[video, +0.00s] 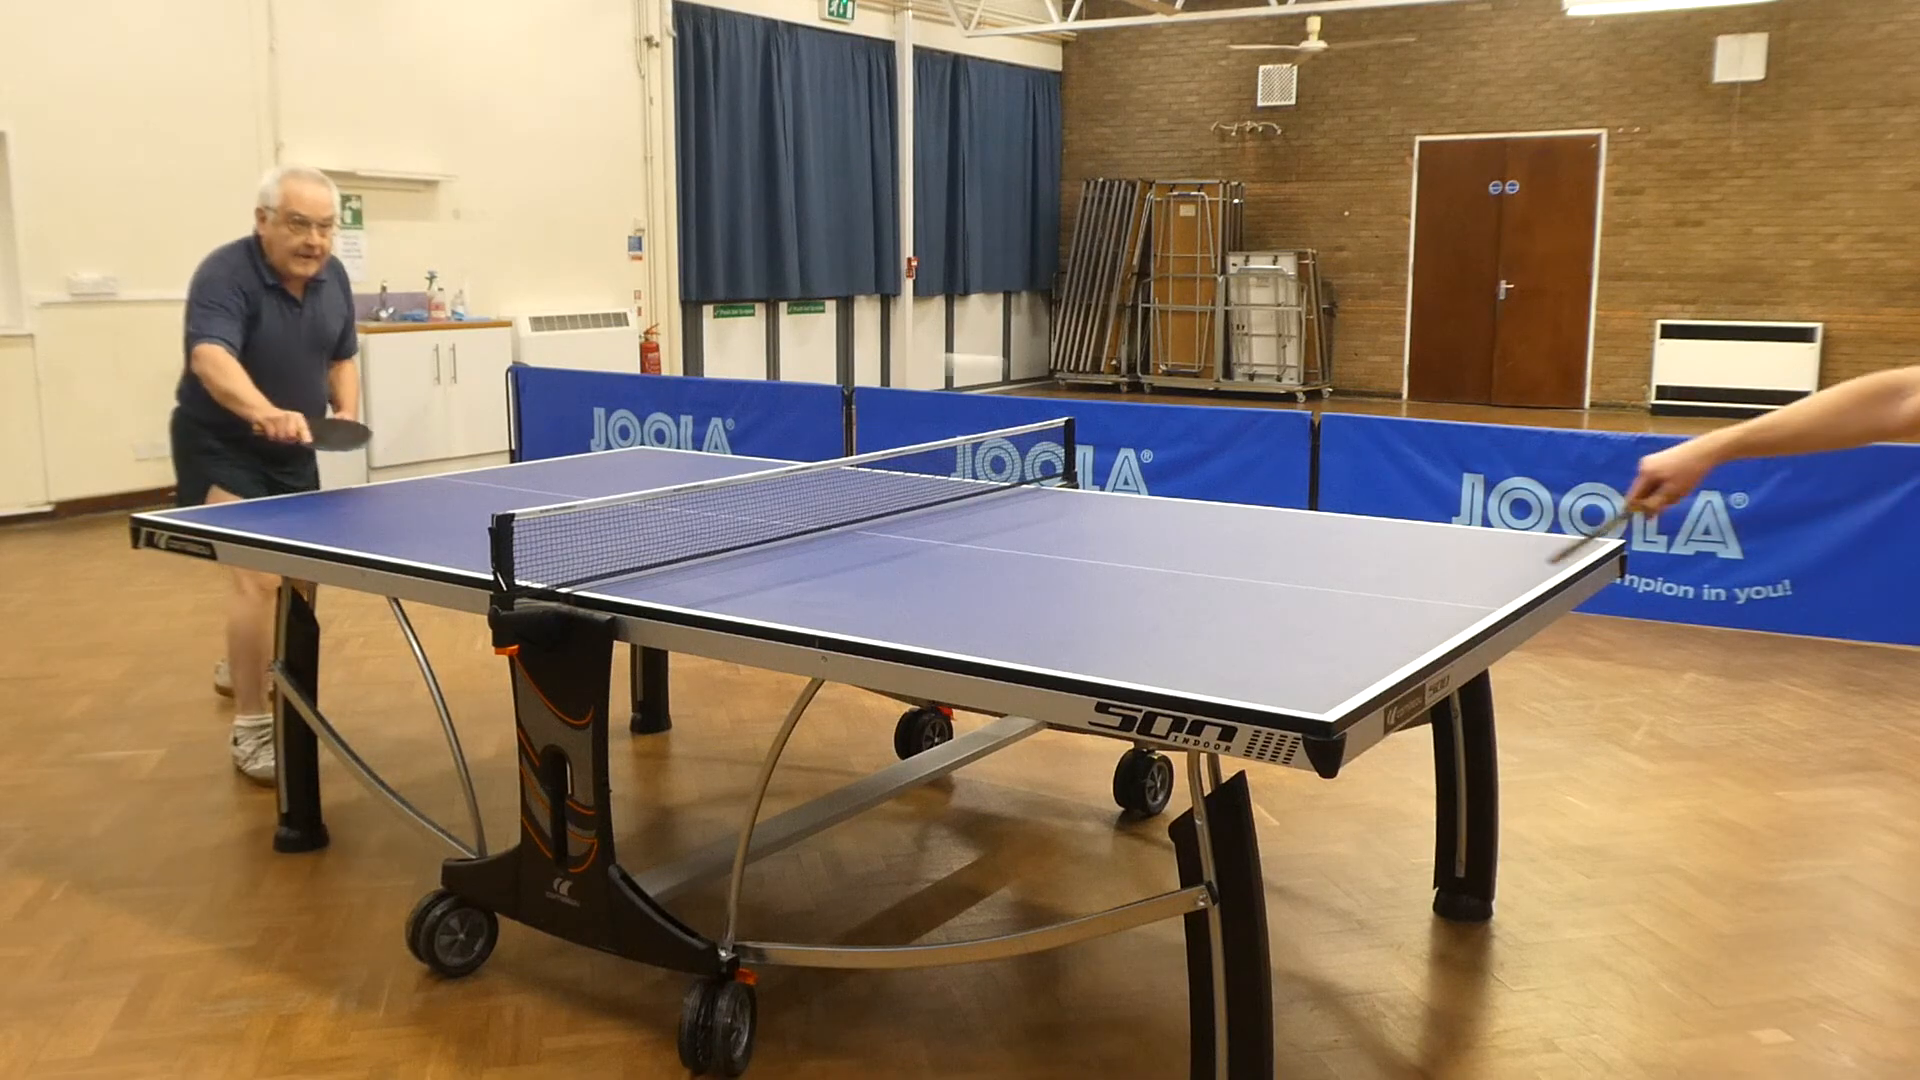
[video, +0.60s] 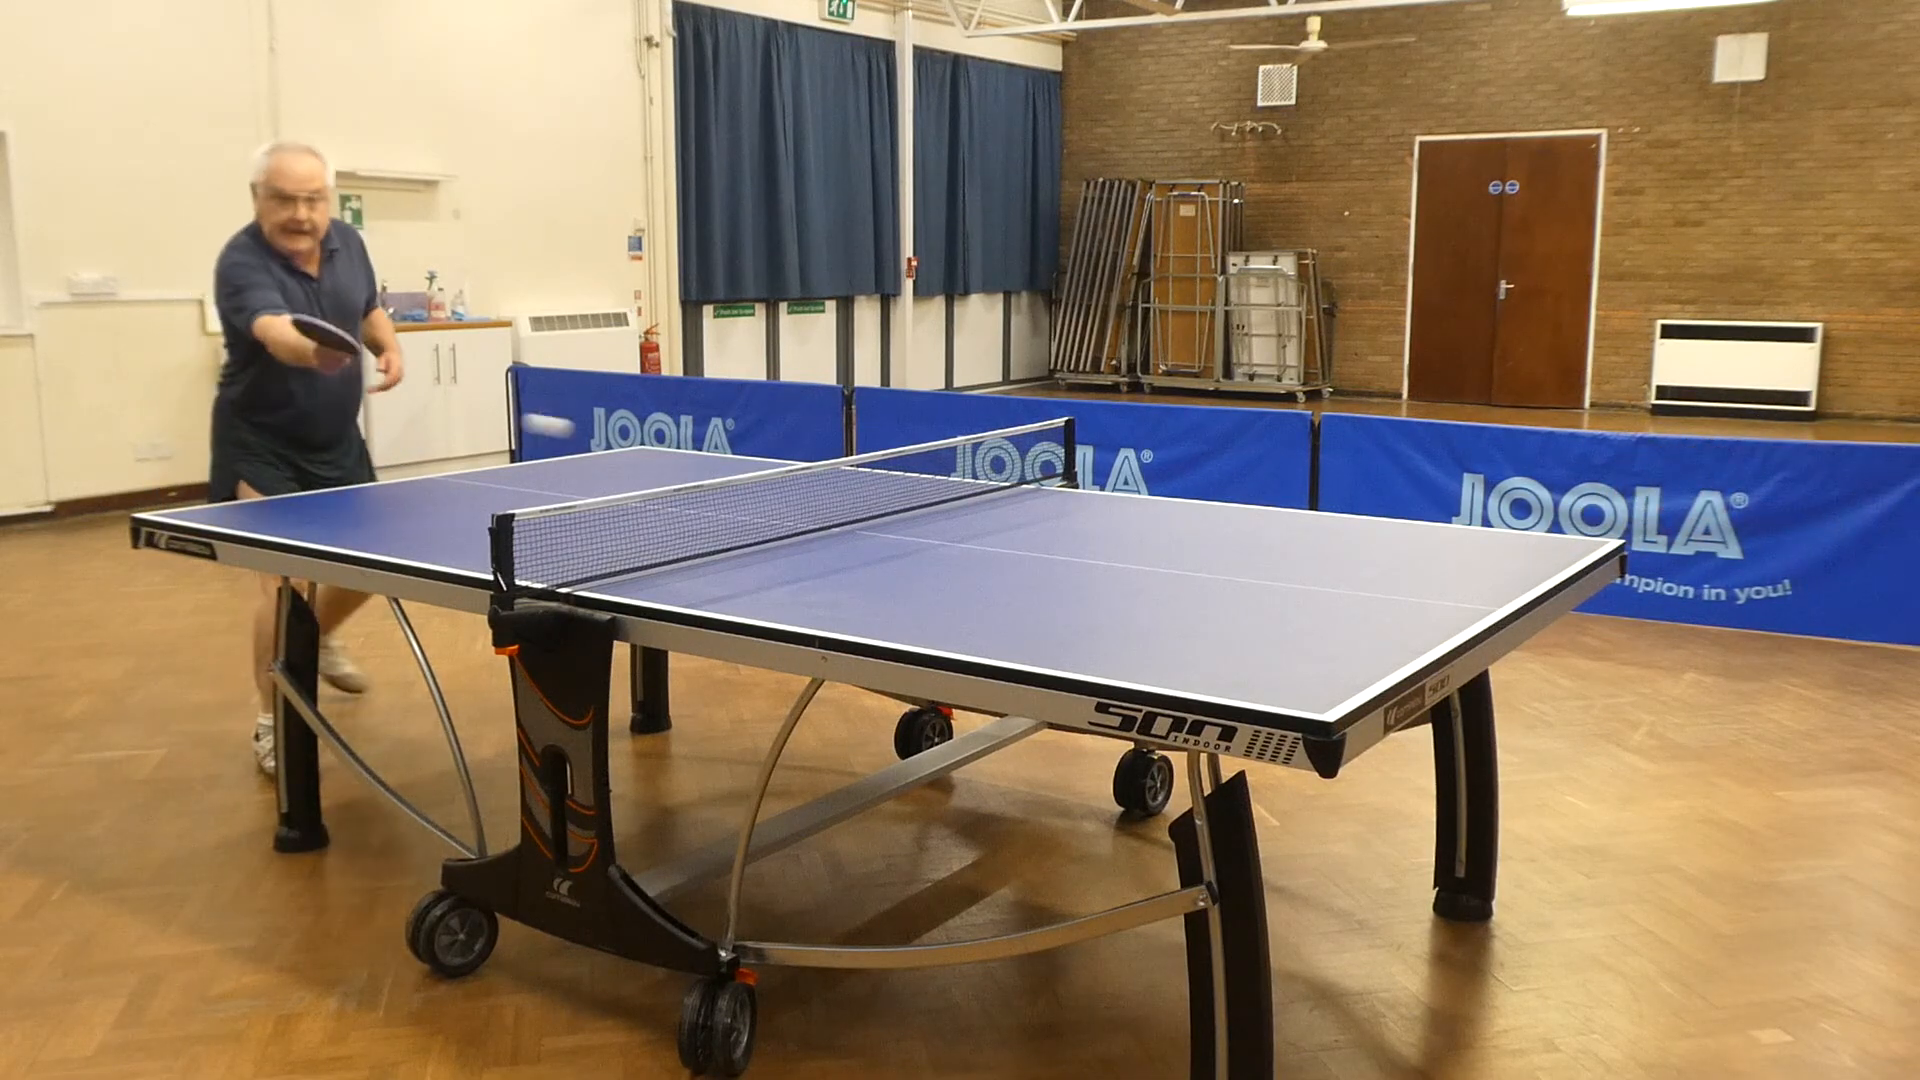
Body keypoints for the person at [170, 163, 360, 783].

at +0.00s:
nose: (315, 239)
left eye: (326, 226)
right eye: (299, 224)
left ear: (335, 225)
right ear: (263, 220)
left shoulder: (331, 278)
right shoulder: (227, 272)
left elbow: (342, 357)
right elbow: (209, 357)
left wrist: (346, 411)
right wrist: (265, 410)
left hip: (294, 445)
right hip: (221, 441)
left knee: (297, 573)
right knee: (258, 579)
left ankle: (239, 667)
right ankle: (254, 725)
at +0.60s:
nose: (301, 214)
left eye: (314, 199)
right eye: (284, 200)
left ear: (330, 195)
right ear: (257, 199)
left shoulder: (346, 242)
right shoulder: (244, 258)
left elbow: (367, 306)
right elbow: (268, 323)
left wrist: (387, 344)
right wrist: (310, 349)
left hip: (335, 436)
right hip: (262, 441)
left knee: (370, 560)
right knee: (284, 573)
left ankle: (311, 635)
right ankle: (273, 716)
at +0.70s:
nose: (325, 203)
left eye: (336, 189)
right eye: (308, 190)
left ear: (349, 188)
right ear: (276, 191)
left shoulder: (359, 238)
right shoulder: (256, 253)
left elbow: (376, 313)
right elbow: (281, 327)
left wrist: (410, 361)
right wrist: (322, 362)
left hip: (348, 432)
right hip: (273, 438)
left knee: (387, 544)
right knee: (287, 571)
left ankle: (374, 660)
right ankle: (273, 717)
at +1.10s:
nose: (336, 182)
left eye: (348, 169)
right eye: (319, 171)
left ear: (363, 170)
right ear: (293, 176)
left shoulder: (391, 231)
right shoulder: (267, 252)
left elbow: (424, 306)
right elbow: (249, 344)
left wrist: (451, 380)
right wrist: (250, 414)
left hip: (384, 430)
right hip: (299, 436)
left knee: (402, 558)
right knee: (297, 571)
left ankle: (406, 672)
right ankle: (287, 710)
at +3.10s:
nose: (386, 227)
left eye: (396, 212)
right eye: (371, 213)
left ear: (406, 212)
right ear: (337, 210)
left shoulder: (408, 258)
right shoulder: (297, 274)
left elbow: (437, 328)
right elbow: (274, 371)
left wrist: (468, 396)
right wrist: (306, 436)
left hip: (389, 434)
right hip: (315, 445)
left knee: (425, 533)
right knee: (315, 564)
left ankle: (420, 647)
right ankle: (296, 676)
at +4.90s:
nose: (402, 238)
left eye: (411, 224)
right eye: (387, 224)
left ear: (419, 225)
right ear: (351, 221)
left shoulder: (414, 271)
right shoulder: (308, 278)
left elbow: (435, 338)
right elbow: (290, 378)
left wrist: (458, 408)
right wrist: (335, 446)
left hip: (375, 426)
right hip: (302, 430)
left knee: (417, 527)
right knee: (302, 554)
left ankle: (419, 646)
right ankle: (282, 679)